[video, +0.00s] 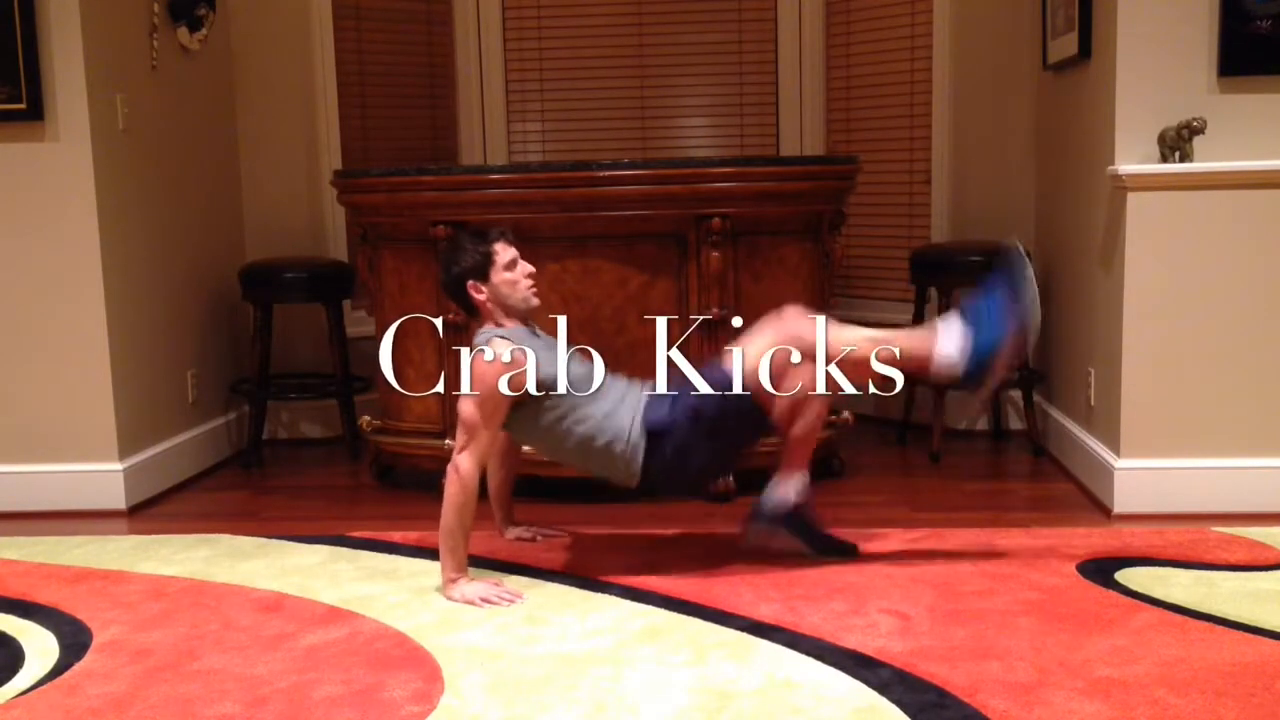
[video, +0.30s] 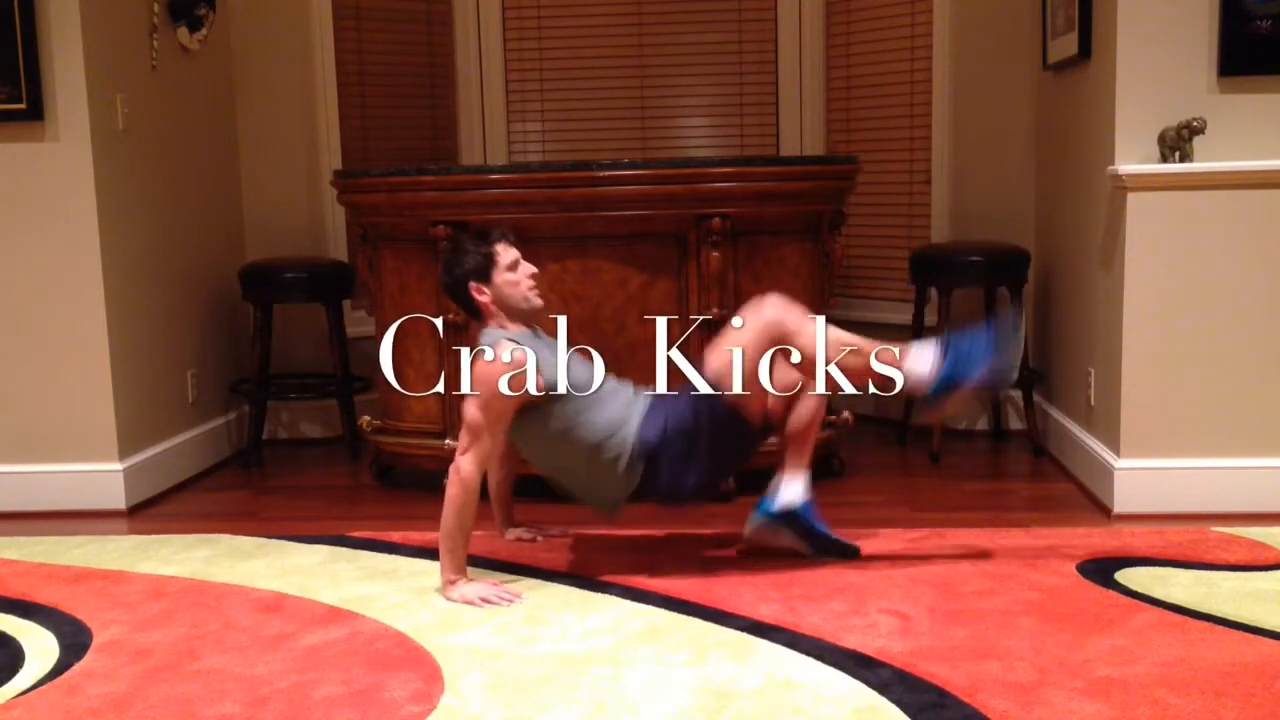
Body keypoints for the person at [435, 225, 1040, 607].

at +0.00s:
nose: (528, 272)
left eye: (523, 262)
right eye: (512, 268)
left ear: (509, 281)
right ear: (480, 294)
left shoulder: (522, 342)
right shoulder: (496, 360)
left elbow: (503, 441)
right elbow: (462, 466)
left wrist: (503, 523)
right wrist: (453, 577)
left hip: (668, 420)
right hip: (661, 446)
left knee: (803, 341)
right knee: (795, 333)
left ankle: (783, 503)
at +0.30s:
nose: (532, 273)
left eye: (525, 262)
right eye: (515, 268)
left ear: (507, 284)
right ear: (483, 295)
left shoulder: (525, 345)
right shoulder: (499, 361)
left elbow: (501, 443)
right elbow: (464, 467)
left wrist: (502, 523)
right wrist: (452, 577)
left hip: (669, 431)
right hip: (661, 449)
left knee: (811, 353)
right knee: (775, 316)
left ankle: (785, 500)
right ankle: (921, 366)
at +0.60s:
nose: (538, 274)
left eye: (529, 264)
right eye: (520, 270)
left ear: (506, 294)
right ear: (492, 300)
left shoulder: (530, 345)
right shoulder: (505, 369)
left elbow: (500, 439)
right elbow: (464, 466)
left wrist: (502, 525)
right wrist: (451, 578)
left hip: (651, 450)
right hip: (643, 479)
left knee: (792, 376)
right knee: (781, 382)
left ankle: (897, 294)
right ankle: (775, 528)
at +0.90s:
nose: (511, 269)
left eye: (507, 260)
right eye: (496, 265)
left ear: (486, 281)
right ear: (464, 289)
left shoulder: (503, 334)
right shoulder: (482, 355)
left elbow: (496, 439)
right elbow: (456, 462)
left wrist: (500, 521)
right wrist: (450, 576)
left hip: (648, 394)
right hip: (654, 431)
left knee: (772, 285)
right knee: (791, 313)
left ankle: (817, 448)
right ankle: (871, 454)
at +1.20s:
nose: (528, 278)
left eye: (521, 269)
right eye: (511, 274)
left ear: (501, 294)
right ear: (482, 302)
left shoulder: (524, 349)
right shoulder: (502, 369)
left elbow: (497, 443)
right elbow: (458, 466)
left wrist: (503, 523)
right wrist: (449, 579)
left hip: (640, 450)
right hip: (636, 488)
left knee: (771, 368)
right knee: (789, 391)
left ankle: (755, 517)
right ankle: (922, 324)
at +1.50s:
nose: (514, 270)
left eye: (509, 261)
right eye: (498, 266)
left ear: (494, 279)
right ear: (466, 289)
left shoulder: (505, 337)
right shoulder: (484, 355)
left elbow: (493, 441)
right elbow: (456, 462)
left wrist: (501, 521)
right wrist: (450, 578)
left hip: (643, 416)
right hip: (636, 450)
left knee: (752, 316)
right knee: (783, 363)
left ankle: (901, 357)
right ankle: (787, 516)